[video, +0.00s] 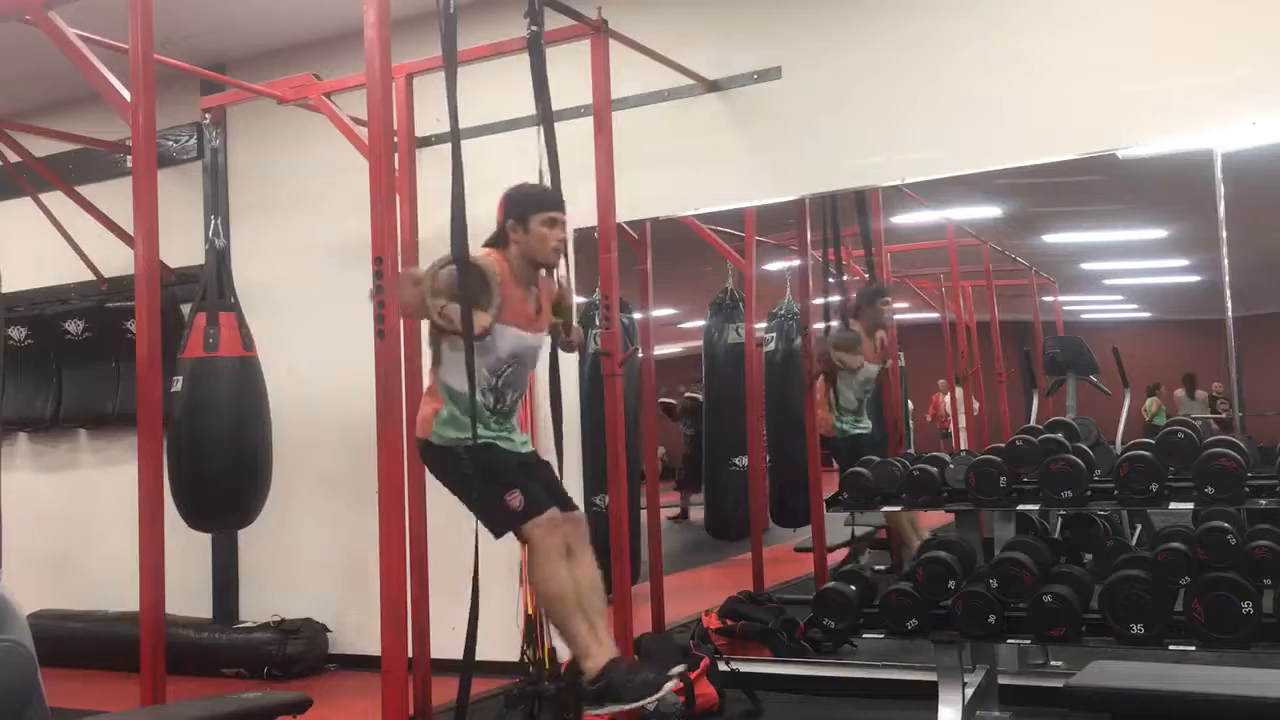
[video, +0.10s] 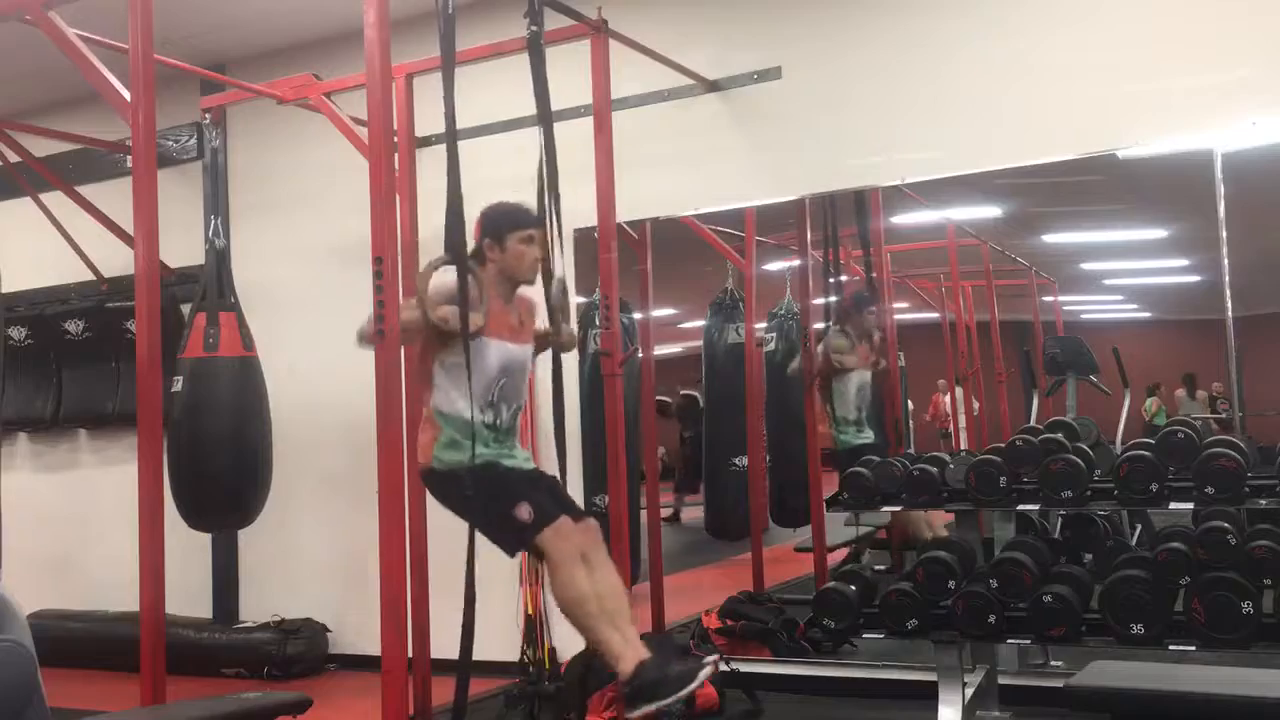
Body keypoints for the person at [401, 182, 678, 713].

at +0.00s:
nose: (561, 236)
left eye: (563, 227)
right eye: (550, 225)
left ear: (557, 234)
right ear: (514, 229)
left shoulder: (551, 285)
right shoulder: (483, 270)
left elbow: (570, 338)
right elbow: (412, 291)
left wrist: (571, 334)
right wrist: (453, 316)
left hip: (502, 431)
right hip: (451, 432)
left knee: (573, 525)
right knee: (544, 528)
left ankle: (606, 661)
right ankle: (590, 667)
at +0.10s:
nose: (538, 254)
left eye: (539, 244)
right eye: (526, 243)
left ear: (536, 252)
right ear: (491, 249)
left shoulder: (527, 302)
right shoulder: (452, 286)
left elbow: (542, 341)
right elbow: (381, 333)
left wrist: (562, 335)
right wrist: (431, 321)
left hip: (506, 454)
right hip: (453, 457)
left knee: (586, 532)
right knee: (560, 538)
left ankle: (642, 663)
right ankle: (630, 673)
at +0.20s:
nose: (510, 287)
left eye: (512, 277)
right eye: (500, 276)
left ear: (508, 284)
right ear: (468, 281)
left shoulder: (506, 341)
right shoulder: (436, 341)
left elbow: (513, 395)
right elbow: (367, 381)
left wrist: (538, 356)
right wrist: (416, 337)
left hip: (508, 488)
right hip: (457, 495)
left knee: (600, 547)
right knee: (573, 551)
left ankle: (675, 668)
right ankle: (666, 674)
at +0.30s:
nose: (485, 332)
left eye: (486, 322)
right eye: (474, 322)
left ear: (486, 328)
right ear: (444, 329)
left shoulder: (488, 382)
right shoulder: (425, 382)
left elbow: (529, 399)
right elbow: (367, 395)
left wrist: (535, 350)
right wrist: (402, 350)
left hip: (509, 524)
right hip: (458, 534)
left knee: (608, 567)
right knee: (581, 573)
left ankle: (706, 667)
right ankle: (700, 671)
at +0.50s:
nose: (468, 399)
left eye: (468, 389)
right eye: (458, 392)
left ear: (472, 394)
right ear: (431, 404)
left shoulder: (480, 443)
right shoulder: (421, 462)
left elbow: (546, 407)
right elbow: (436, 413)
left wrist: (530, 346)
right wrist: (448, 342)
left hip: (518, 593)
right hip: (470, 614)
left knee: (613, 611)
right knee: (589, 622)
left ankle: (731, 667)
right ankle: (726, 672)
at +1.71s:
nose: (469, 342)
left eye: (471, 335)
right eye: (458, 334)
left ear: (470, 341)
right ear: (428, 340)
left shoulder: (485, 382)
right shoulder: (419, 378)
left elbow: (559, 407)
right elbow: (452, 403)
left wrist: (549, 346)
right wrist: (464, 336)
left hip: (535, 515)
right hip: (497, 533)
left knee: (640, 536)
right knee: (616, 547)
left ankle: (759, 594)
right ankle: (751, 596)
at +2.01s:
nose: (494, 271)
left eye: (497, 261)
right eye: (483, 261)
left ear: (494, 262)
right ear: (452, 262)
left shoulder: (489, 311)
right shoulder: (422, 307)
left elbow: (518, 385)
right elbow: (401, 369)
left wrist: (530, 354)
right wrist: (440, 333)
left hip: (514, 445)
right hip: (472, 458)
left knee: (618, 470)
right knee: (592, 475)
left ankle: (740, 539)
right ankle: (728, 533)